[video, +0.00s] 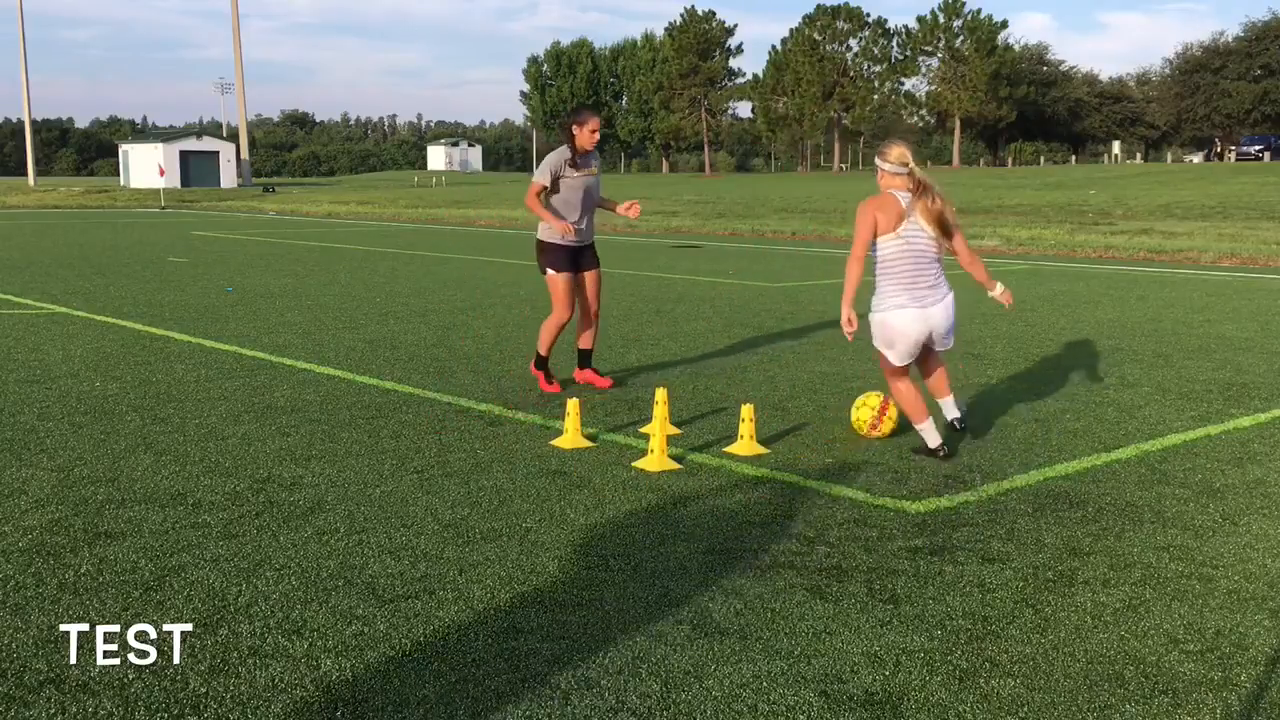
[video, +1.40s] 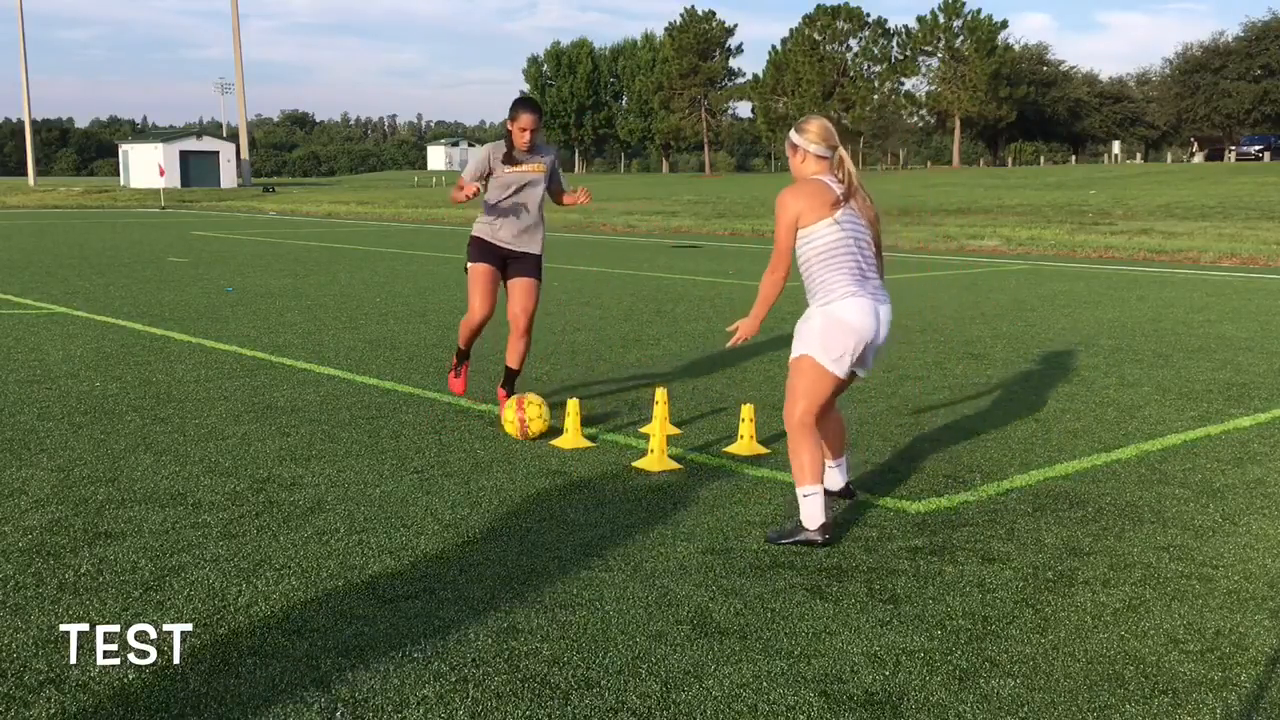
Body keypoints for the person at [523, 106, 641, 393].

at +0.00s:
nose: (597, 137)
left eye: (599, 131)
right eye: (593, 131)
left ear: (594, 132)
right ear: (576, 130)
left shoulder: (592, 161)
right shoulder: (556, 160)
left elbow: (590, 198)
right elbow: (531, 198)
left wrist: (618, 208)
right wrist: (555, 220)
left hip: (584, 243)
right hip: (555, 244)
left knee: (591, 309)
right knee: (563, 312)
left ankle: (584, 368)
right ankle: (539, 365)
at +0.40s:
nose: (602, 157)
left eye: (604, 151)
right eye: (598, 151)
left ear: (592, 150)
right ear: (581, 148)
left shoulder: (593, 174)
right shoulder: (564, 177)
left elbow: (602, 196)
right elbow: (534, 213)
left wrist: (630, 206)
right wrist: (529, 253)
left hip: (582, 252)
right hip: (561, 254)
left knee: (594, 315)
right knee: (610, 301)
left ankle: (591, 369)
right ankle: (574, 350)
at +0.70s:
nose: (590, 183)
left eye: (593, 177)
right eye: (585, 178)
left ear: (596, 175)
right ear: (570, 173)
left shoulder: (598, 198)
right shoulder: (551, 196)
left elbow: (626, 215)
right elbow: (521, 229)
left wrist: (656, 229)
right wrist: (506, 266)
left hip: (564, 266)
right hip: (534, 263)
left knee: (594, 317)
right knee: (573, 300)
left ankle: (590, 374)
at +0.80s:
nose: (572, 178)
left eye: (575, 172)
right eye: (566, 172)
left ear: (578, 170)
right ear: (551, 168)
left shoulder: (583, 191)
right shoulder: (534, 193)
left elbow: (604, 215)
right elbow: (504, 226)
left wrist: (616, 218)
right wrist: (495, 262)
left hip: (561, 269)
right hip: (528, 267)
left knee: (584, 321)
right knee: (535, 318)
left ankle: (589, 374)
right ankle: (509, 379)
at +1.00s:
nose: (534, 162)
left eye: (538, 156)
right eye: (529, 156)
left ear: (542, 154)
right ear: (514, 153)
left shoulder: (549, 180)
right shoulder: (497, 183)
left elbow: (556, 211)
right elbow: (480, 225)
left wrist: (579, 227)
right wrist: (486, 247)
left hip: (540, 266)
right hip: (503, 265)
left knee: (558, 334)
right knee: (494, 330)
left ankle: (555, 364)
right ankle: (482, 385)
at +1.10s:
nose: (529, 147)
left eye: (534, 141)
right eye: (524, 141)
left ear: (538, 139)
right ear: (509, 137)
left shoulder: (544, 161)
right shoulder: (494, 169)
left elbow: (550, 189)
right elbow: (477, 214)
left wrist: (574, 210)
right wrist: (493, 220)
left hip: (535, 253)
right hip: (498, 254)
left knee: (540, 321)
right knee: (492, 326)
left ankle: (528, 379)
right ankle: (482, 383)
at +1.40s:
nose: (528, 137)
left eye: (533, 130)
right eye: (522, 130)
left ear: (540, 128)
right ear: (509, 126)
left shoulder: (547, 158)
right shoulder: (490, 153)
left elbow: (558, 195)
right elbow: (454, 195)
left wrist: (572, 199)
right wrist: (466, 192)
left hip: (528, 248)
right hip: (487, 241)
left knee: (522, 322)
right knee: (481, 312)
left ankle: (506, 389)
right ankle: (460, 359)